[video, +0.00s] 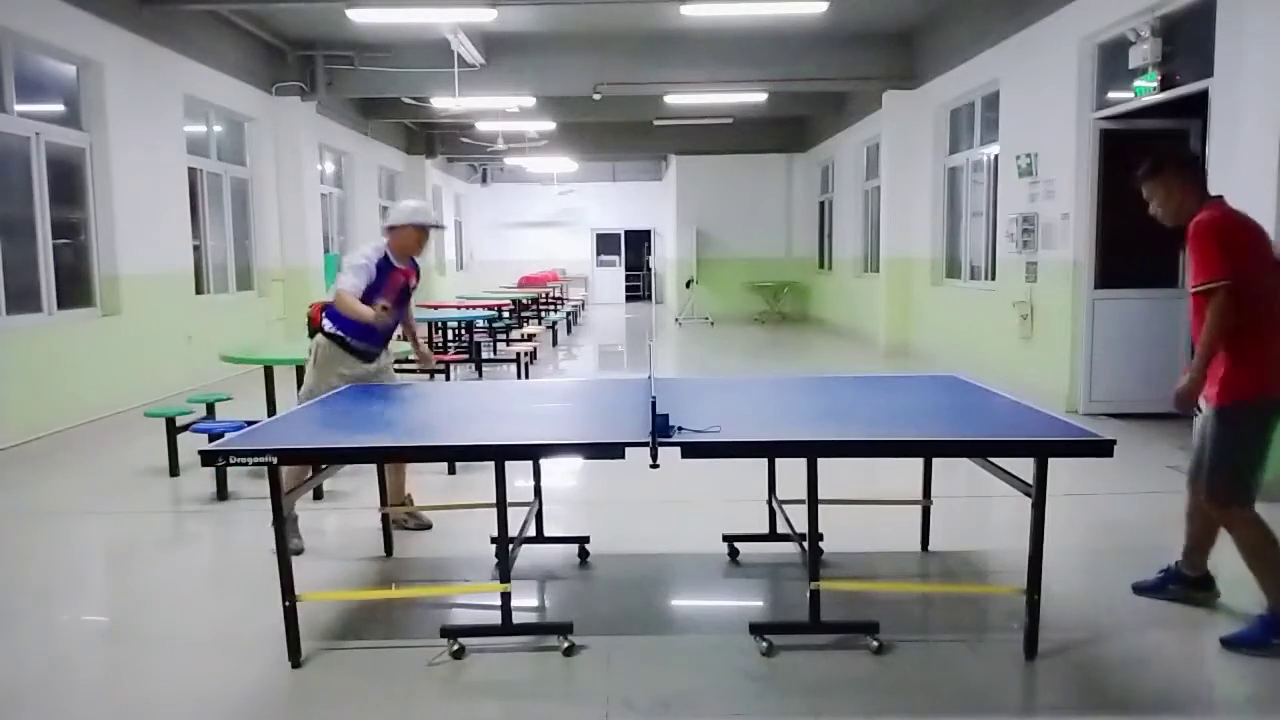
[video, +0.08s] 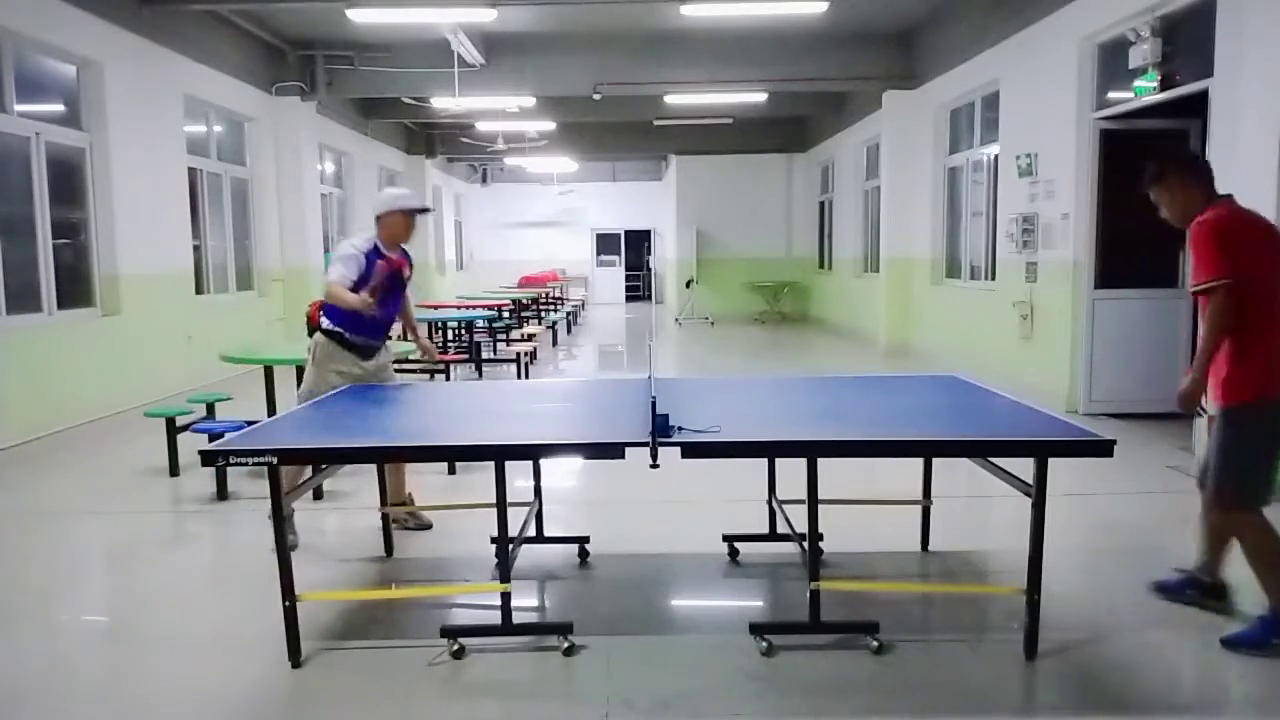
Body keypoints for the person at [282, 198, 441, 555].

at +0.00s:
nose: (425, 241)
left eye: (427, 234)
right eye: (420, 233)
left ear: (419, 235)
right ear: (397, 230)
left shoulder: (411, 269)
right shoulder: (368, 258)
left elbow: (404, 309)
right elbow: (341, 297)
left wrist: (418, 344)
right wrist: (370, 313)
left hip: (378, 359)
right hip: (336, 354)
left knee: (396, 429)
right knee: (308, 436)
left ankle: (396, 504)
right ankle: (287, 513)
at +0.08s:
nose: (413, 225)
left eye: (413, 218)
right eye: (407, 217)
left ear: (405, 222)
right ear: (385, 219)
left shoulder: (403, 260)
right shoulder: (355, 250)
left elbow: (402, 300)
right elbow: (331, 289)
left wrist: (417, 337)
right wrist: (357, 301)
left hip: (377, 355)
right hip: (336, 352)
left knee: (395, 429)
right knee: (307, 433)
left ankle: (397, 505)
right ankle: (283, 509)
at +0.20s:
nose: (390, 213)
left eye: (390, 207)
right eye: (383, 207)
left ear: (382, 211)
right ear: (361, 209)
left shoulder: (388, 250)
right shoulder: (337, 246)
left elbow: (395, 291)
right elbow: (312, 283)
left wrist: (420, 320)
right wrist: (334, 294)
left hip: (372, 353)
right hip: (330, 352)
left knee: (395, 426)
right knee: (310, 433)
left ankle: (398, 504)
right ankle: (274, 507)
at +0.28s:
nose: (365, 214)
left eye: (365, 208)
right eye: (357, 208)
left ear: (359, 214)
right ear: (334, 213)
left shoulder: (371, 253)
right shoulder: (313, 252)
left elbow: (387, 290)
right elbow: (288, 291)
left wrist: (416, 301)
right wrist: (311, 300)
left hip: (362, 358)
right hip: (318, 358)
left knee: (388, 430)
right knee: (304, 438)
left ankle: (397, 504)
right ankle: (268, 508)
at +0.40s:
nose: (338, 224)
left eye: (337, 218)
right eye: (329, 217)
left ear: (330, 223)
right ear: (305, 223)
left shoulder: (341, 262)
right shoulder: (288, 264)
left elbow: (367, 303)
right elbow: (261, 308)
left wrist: (374, 281)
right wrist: (294, 324)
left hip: (332, 364)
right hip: (289, 366)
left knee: (370, 432)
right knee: (286, 443)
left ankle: (396, 505)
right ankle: (258, 513)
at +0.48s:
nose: (327, 224)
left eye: (326, 218)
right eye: (319, 218)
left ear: (314, 224)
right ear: (294, 223)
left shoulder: (328, 259)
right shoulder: (269, 261)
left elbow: (359, 297)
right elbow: (250, 311)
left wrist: (351, 256)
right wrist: (279, 336)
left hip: (321, 365)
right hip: (277, 368)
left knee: (355, 433)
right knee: (271, 443)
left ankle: (384, 503)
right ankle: (257, 517)